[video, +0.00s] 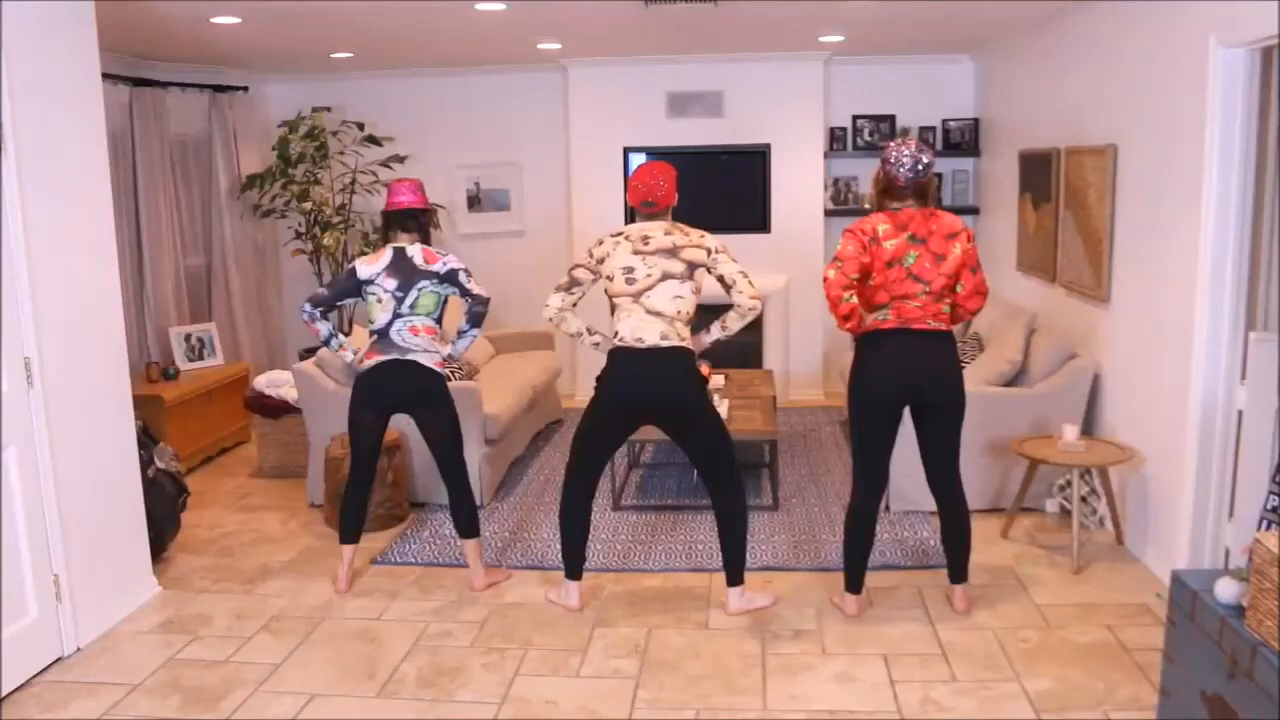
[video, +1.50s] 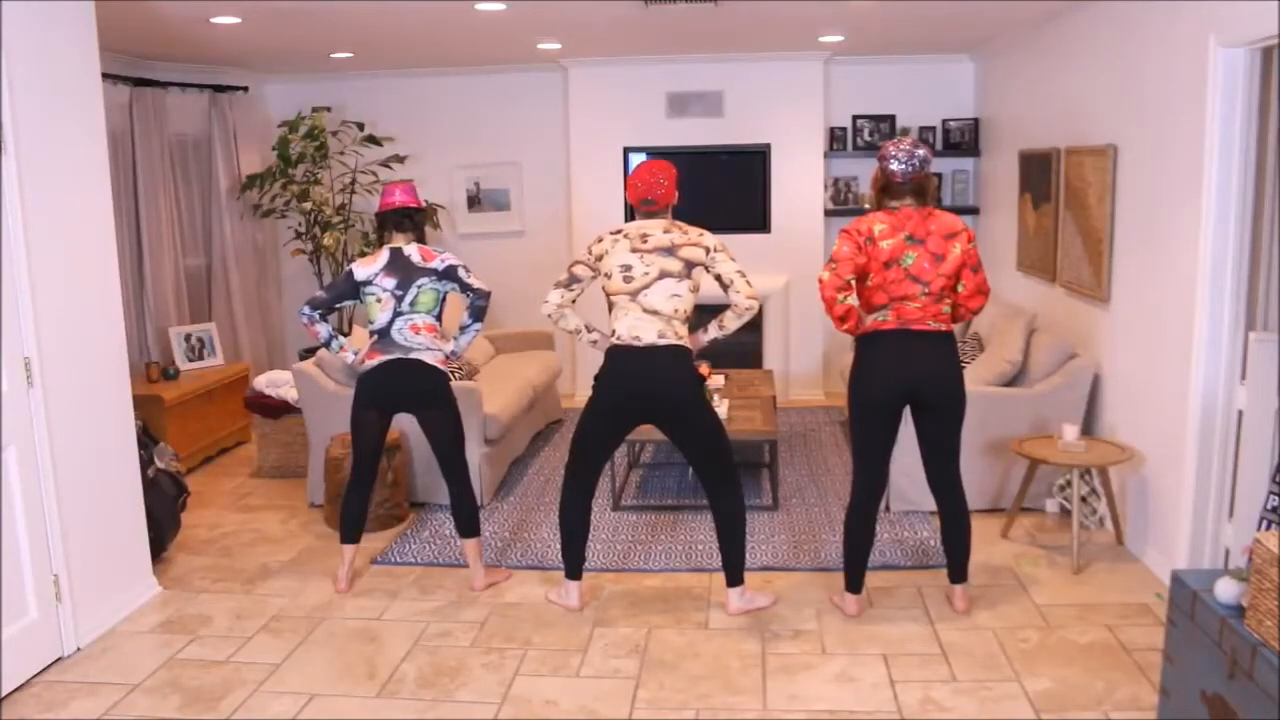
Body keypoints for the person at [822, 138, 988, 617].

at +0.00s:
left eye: (881, 174)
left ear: (881, 182)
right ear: (929, 182)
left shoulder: (865, 229)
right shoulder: (954, 228)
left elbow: (837, 284)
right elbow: (973, 293)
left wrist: (861, 325)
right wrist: (942, 323)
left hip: (879, 358)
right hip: (938, 358)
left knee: (868, 481)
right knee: (947, 478)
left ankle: (852, 594)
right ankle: (960, 590)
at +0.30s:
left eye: (881, 174)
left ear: (881, 182)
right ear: (930, 182)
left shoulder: (866, 229)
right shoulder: (954, 228)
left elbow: (837, 283)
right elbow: (974, 293)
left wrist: (860, 325)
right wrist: (942, 323)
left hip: (879, 358)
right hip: (938, 358)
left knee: (868, 481)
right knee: (947, 478)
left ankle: (853, 594)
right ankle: (960, 590)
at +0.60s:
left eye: (880, 174)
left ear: (881, 182)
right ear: (929, 182)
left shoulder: (864, 228)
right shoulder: (953, 227)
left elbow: (834, 285)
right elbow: (975, 292)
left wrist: (861, 325)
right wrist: (943, 322)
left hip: (879, 358)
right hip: (938, 358)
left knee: (867, 481)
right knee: (947, 478)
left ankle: (853, 593)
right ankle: (960, 589)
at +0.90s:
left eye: (879, 174)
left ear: (879, 182)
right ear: (928, 181)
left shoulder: (862, 228)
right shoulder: (954, 228)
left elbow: (833, 286)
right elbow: (974, 294)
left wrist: (861, 325)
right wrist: (941, 322)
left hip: (878, 358)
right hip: (937, 358)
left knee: (867, 481)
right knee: (946, 478)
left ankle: (853, 594)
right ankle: (960, 590)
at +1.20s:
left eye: (878, 175)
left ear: (879, 182)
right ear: (928, 181)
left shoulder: (862, 228)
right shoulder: (953, 227)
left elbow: (832, 286)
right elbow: (975, 293)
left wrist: (861, 325)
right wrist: (943, 322)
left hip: (878, 358)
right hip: (937, 359)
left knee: (867, 481)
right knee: (947, 479)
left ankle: (853, 594)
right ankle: (959, 590)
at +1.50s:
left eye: (879, 175)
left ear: (879, 182)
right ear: (928, 181)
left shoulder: (862, 229)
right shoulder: (953, 227)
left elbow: (833, 286)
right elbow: (975, 292)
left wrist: (861, 325)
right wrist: (944, 322)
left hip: (879, 358)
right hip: (938, 358)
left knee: (867, 481)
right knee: (947, 478)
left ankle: (853, 594)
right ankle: (959, 590)